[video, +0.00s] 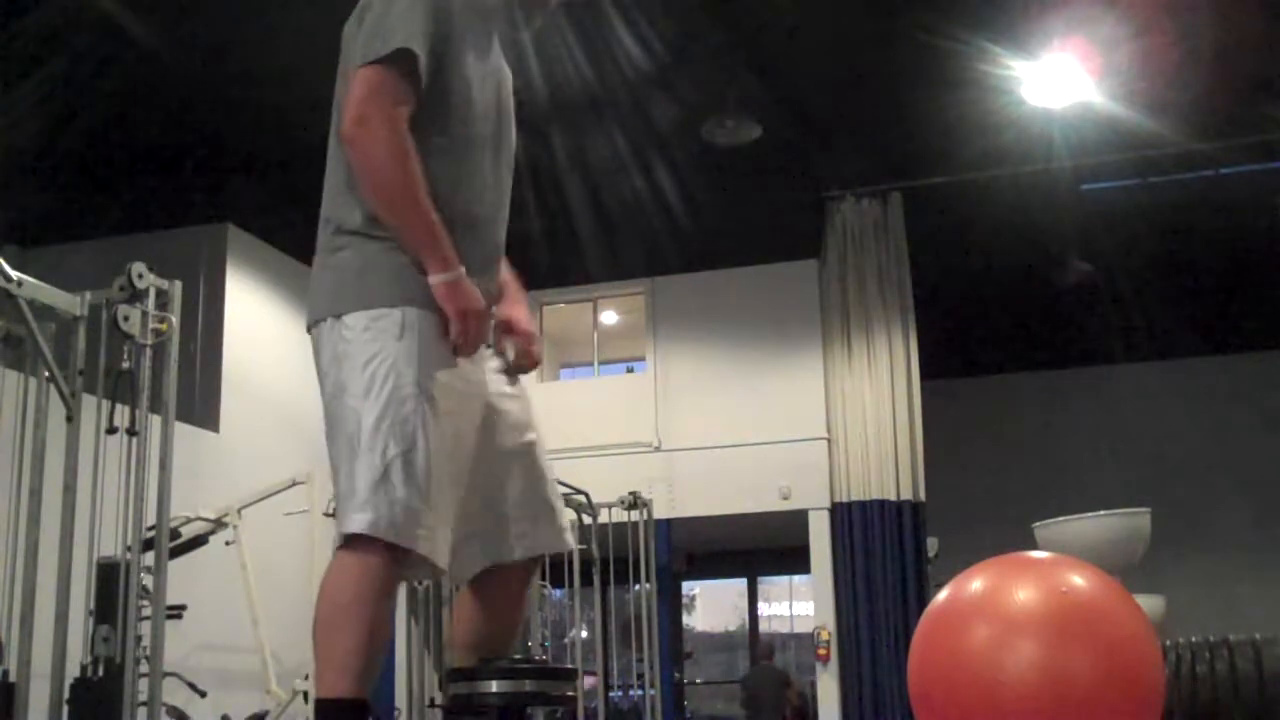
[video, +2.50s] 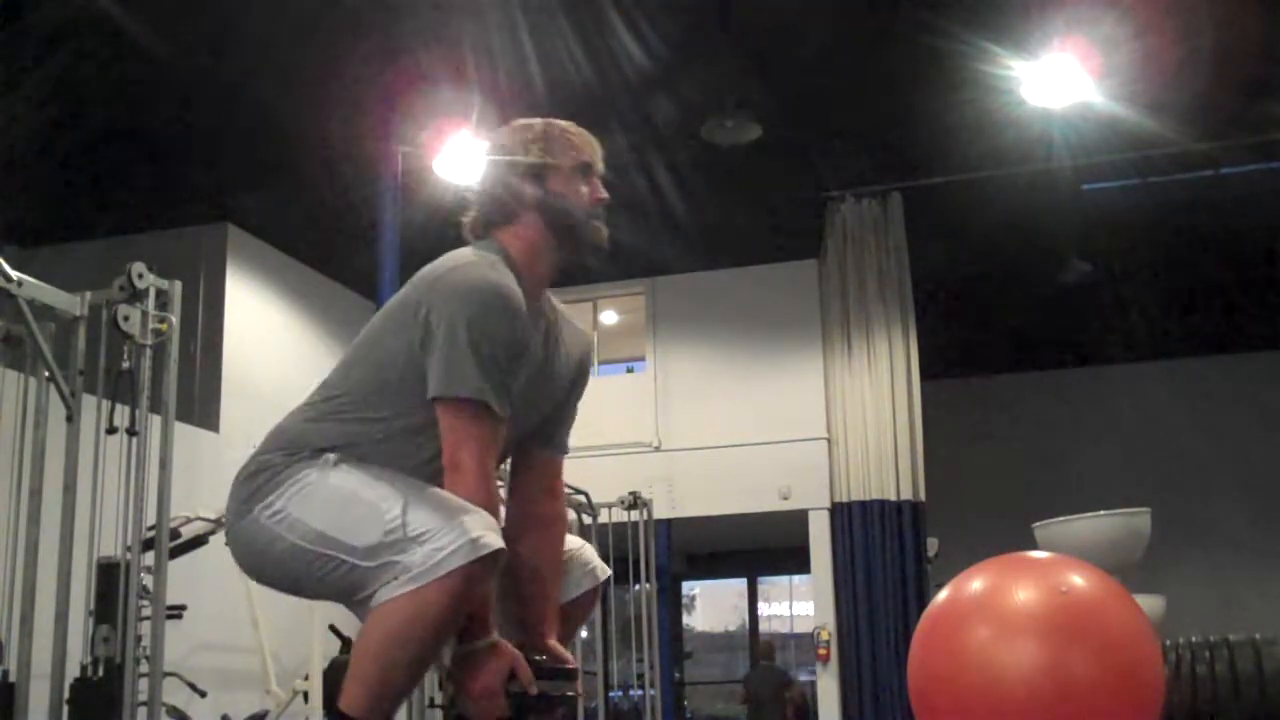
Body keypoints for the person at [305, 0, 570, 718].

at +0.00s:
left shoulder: (487, 41)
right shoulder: (412, 5)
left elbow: (456, 189)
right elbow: (369, 119)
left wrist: (509, 289)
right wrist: (445, 268)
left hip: (461, 307)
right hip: (385, 294)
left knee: (514, 540)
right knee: (380, 529)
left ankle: (465, 715)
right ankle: (339, 712)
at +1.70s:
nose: (608, 35)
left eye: (619, 22)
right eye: (601, 11)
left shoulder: (549, 131)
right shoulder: (447, 50)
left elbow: (519, 272)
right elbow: (424, 213)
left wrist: (530, 389)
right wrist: (475, 369)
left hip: (454, 342)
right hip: (358, 318)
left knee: (511, 558)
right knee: (402, 535)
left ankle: (475, 712)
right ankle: (339, 713)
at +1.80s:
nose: (617, 87)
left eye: (629, 75)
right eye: (613, 61)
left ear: (627, 89)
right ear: (564, 41)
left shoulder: (559, 192)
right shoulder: (464, 118)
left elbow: (526, 335)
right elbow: (447, 292)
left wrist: (542, 462)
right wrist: (486, 453)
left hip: (422, 377)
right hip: (329, 350)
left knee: (532, 554)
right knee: (420, 533)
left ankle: (476, 711)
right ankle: (342, 715)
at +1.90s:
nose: (639, 146)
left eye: (645, 129)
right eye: (628, 120)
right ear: (571, 108)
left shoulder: (566, 263)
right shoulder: (480, 199)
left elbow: (538, 420)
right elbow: (467, 390)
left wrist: (548, 562)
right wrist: (489, 552)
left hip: (403, 415)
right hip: (314, 392)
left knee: (552, 569)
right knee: (441, 542)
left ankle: (487, 709)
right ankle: (347, 712)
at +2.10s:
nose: (646, 202)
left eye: (647, 186)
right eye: (630, 178)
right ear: (569, 175)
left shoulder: (575, 329)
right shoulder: (500, 264)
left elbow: (547, 476)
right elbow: (480, 456)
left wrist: (548, 623)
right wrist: (489, 623)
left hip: (394, 463)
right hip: (305, 444)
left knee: (570, 575)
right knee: (466, 552)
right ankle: (356, 708)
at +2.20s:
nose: (642, 206)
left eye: (642, 191)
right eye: (626, 185)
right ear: (567, 188)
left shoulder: (577, 342)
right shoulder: (500, 278)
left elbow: (546, 497)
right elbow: (478, 468)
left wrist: (547, 646)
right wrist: (482, 634)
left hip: (394, 477)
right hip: (301, 457)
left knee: (572, 578)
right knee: (465, 550)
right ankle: (357, 708)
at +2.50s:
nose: (604, 192)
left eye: (601, 177)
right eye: (584, 174)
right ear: (527, 186)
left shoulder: (567, 342)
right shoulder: (477, 286)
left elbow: (541, 494)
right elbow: (468, 475)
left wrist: (540, 636)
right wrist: (477, 640)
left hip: (392, 497)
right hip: (291, 485)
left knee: (574, 576)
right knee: (456, 546)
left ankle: (484, 710)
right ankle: (355, 711)